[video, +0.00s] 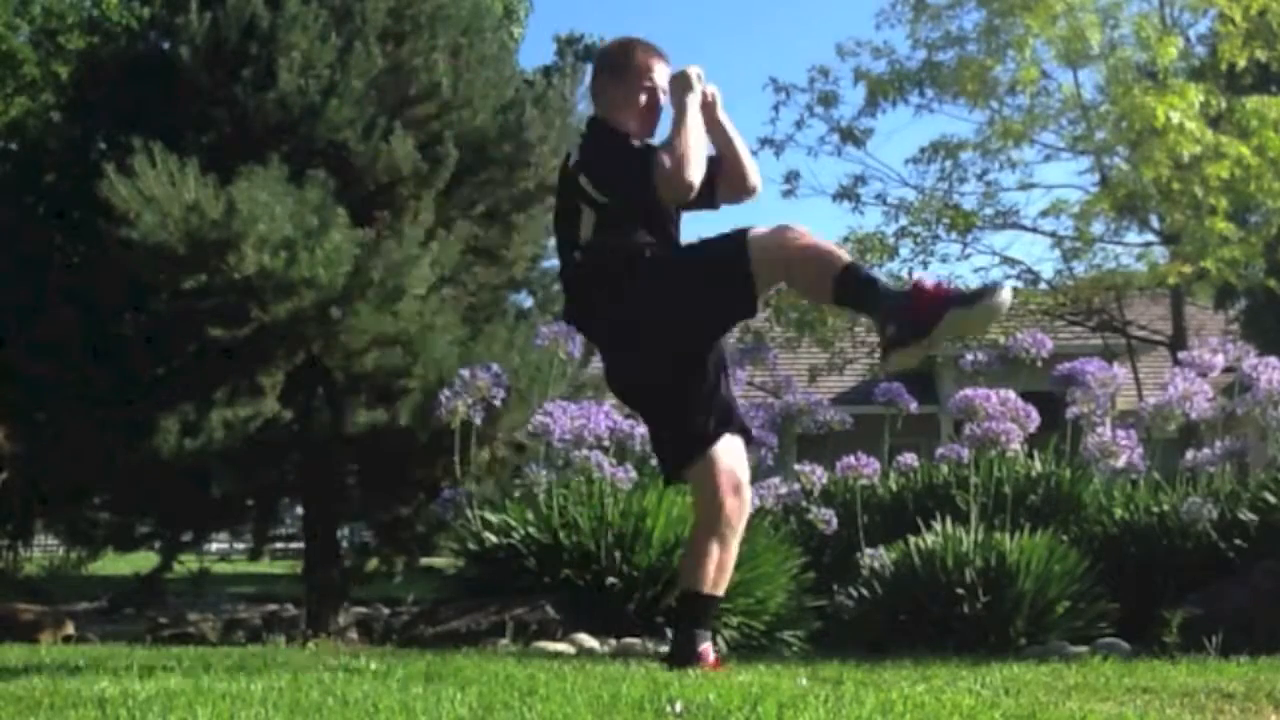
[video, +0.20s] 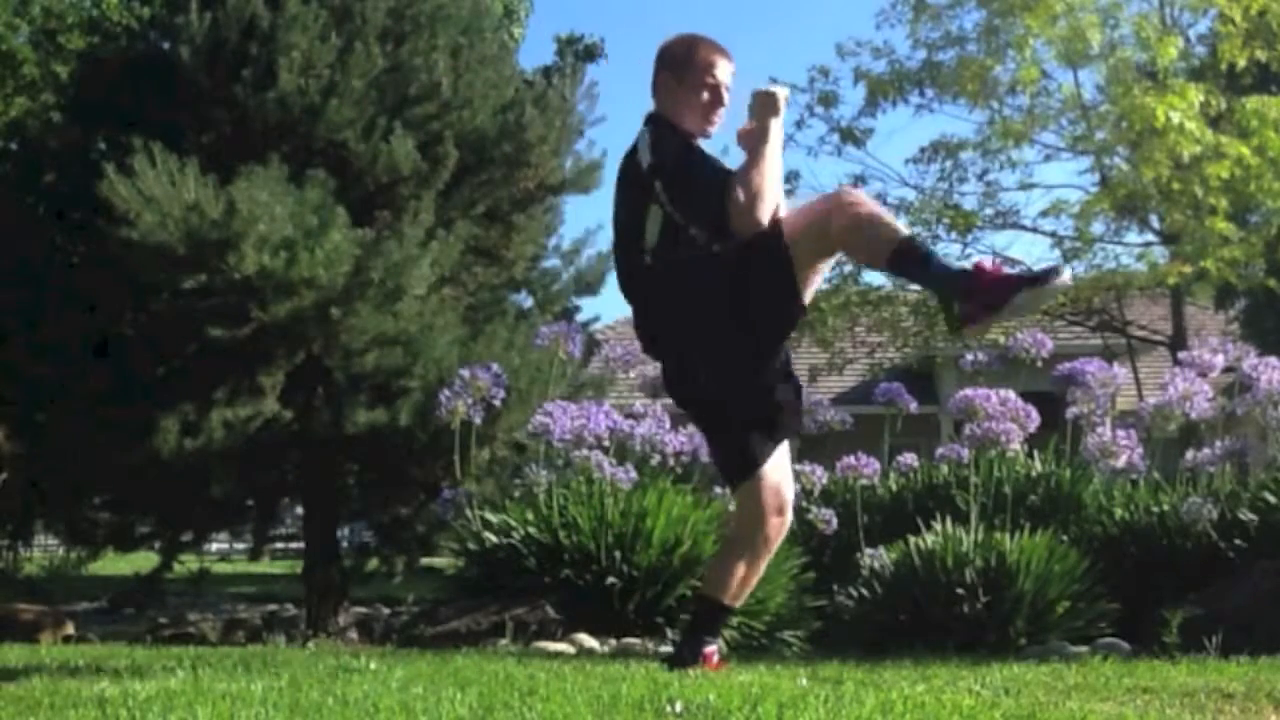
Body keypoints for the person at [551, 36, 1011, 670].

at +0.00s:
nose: (658, 102)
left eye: (662, 93)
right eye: (646, 89)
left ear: (657, 102)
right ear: (606, 89)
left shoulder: (641, 156)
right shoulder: (599, 149)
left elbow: (741, 184)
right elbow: (683, 183)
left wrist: (713, 116)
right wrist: (690, 106)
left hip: (657, 344)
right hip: (644, 307)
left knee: (728, 495)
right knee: (785, 246)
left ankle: (691, 644)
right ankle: (898, 309)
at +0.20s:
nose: (720, 101)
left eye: (724, 92)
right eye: (709, 88)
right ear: (668, 83)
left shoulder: (663, 157)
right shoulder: (663, 150)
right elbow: (750, 217)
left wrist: (756, 142)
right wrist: (766, 126)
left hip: (712, 352)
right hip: (722, 319)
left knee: (767, 514)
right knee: (844, 212)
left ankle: (695, 649)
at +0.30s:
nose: (743, 91)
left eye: (747, 82)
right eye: (731, 78)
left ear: (745, 85)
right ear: (688, 74)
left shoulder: (683, 145)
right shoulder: (691, 141)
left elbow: (767, 232)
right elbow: (774, 221)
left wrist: (773, 152)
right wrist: (794, 132)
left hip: (712, 348)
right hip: (742, 319)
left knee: (769, 514)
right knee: (904, 325)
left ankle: (693, 652)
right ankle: (962, 474)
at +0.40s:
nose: (770, 87)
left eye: (774, 77)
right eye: (757, 73)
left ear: (768, 84)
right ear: (715, 71)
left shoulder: (723, 139)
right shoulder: (720, 131)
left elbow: (812, 197)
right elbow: (810, 194)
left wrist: (807, 129)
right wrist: (821, 116)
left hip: (736, 342)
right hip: (775, 325)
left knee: (776, 517)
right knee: (884, 450)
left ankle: (693, 646)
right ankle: (936, 631)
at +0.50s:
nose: (807, 83)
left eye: (810, 72)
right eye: (795, 69)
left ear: (807, 76)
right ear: (749, 68)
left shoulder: (746, 139)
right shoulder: (758, 133)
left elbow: (827, 228)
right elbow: (860, 179)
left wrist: (836, 135)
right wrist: (860, 108)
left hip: (772, 344)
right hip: (796, 337)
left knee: (802, 520)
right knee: (868, 493)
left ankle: (698, 645)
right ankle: (899, 662)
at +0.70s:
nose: (843, 66)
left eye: (847, 55)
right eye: (831, 52)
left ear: (835, 62)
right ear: (790, 50)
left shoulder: (789, 119)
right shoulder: (787, 115)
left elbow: (876, 210)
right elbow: (872, 173)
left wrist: (881, 112)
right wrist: (883, 102)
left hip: (785, 331)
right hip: (824, 323)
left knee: (831, 502)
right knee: (901, 482)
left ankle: (710, 634)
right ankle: (902, 662)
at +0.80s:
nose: (841, 62)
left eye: (845, 51)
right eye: (828, 47)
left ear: (843, 56)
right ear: (784, 47)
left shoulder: (778, 117)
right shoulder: (791, 113)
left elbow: (862, 207)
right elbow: (876, 173)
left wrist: (873, 117)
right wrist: (889, 98)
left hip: (790, 326)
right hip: (830, 320)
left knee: (844, 502)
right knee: (902, 483)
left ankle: (723, 623)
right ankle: (901, 662)